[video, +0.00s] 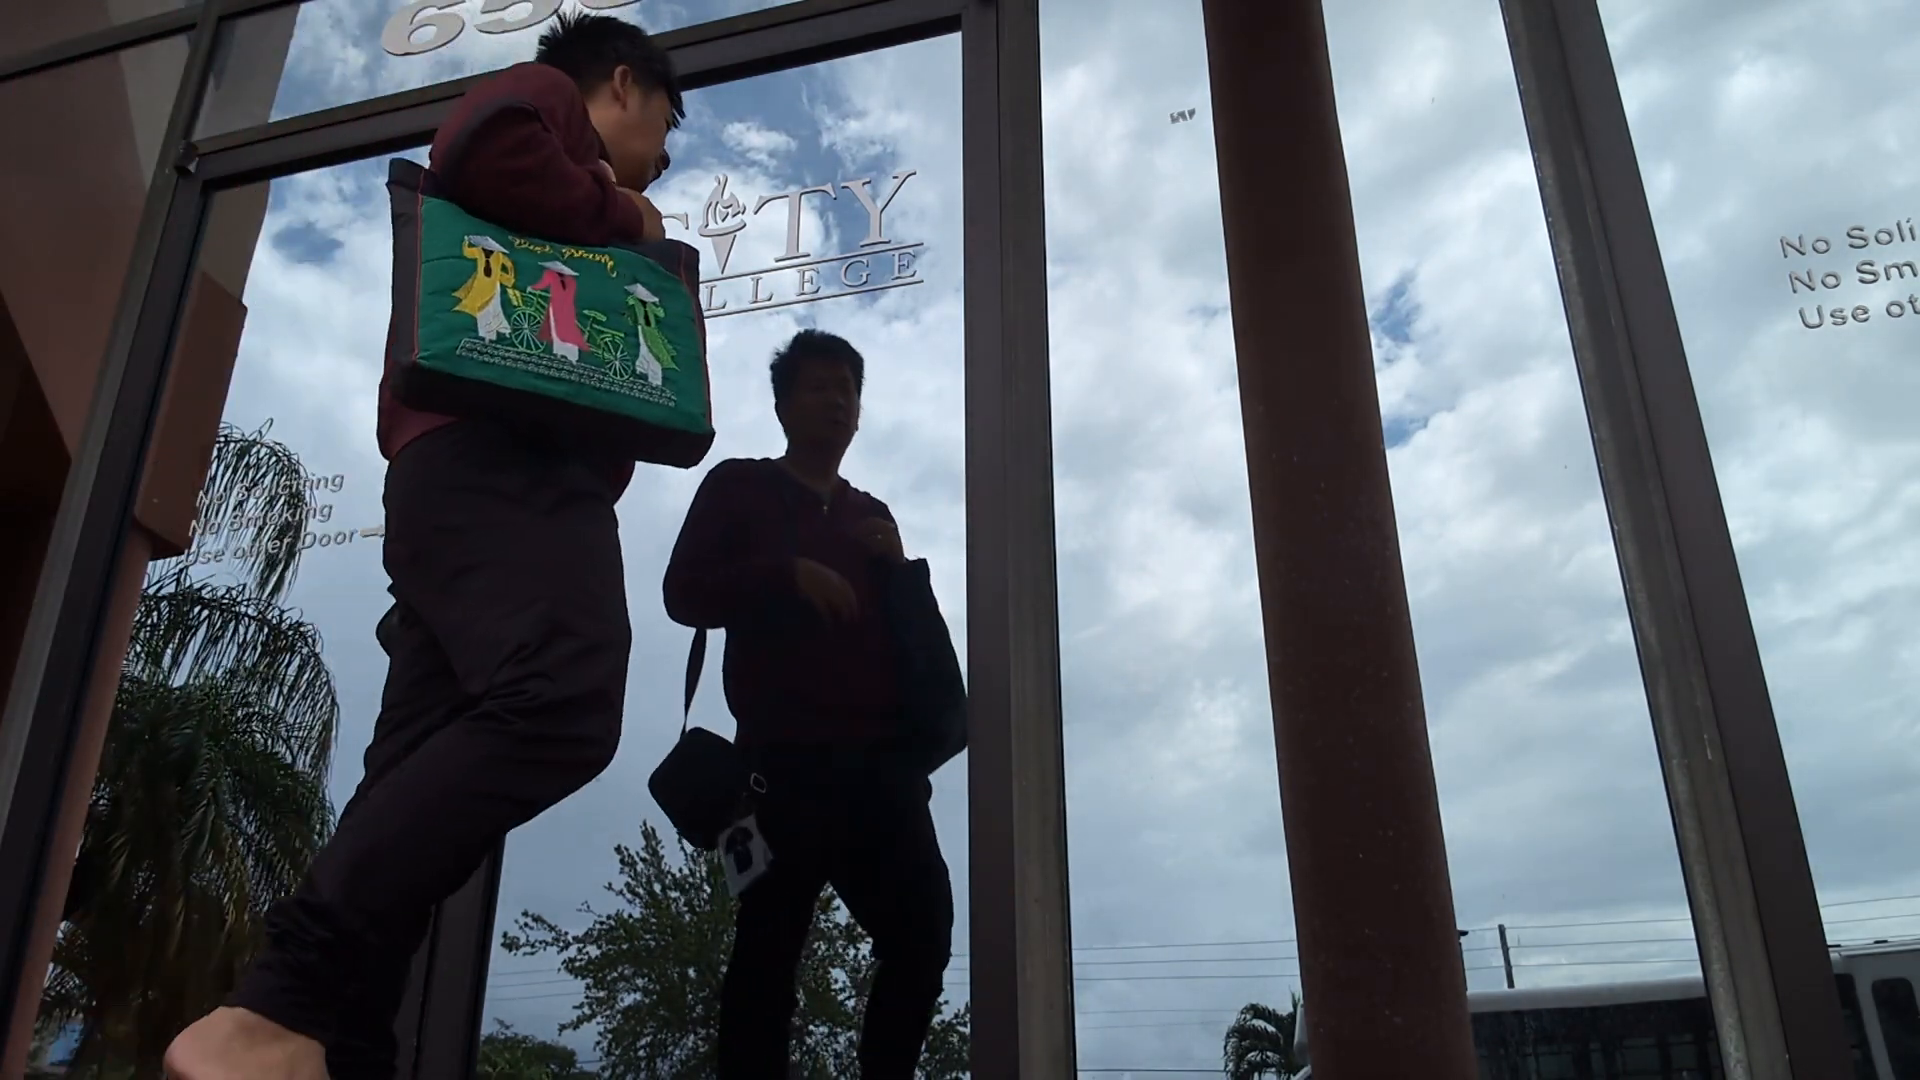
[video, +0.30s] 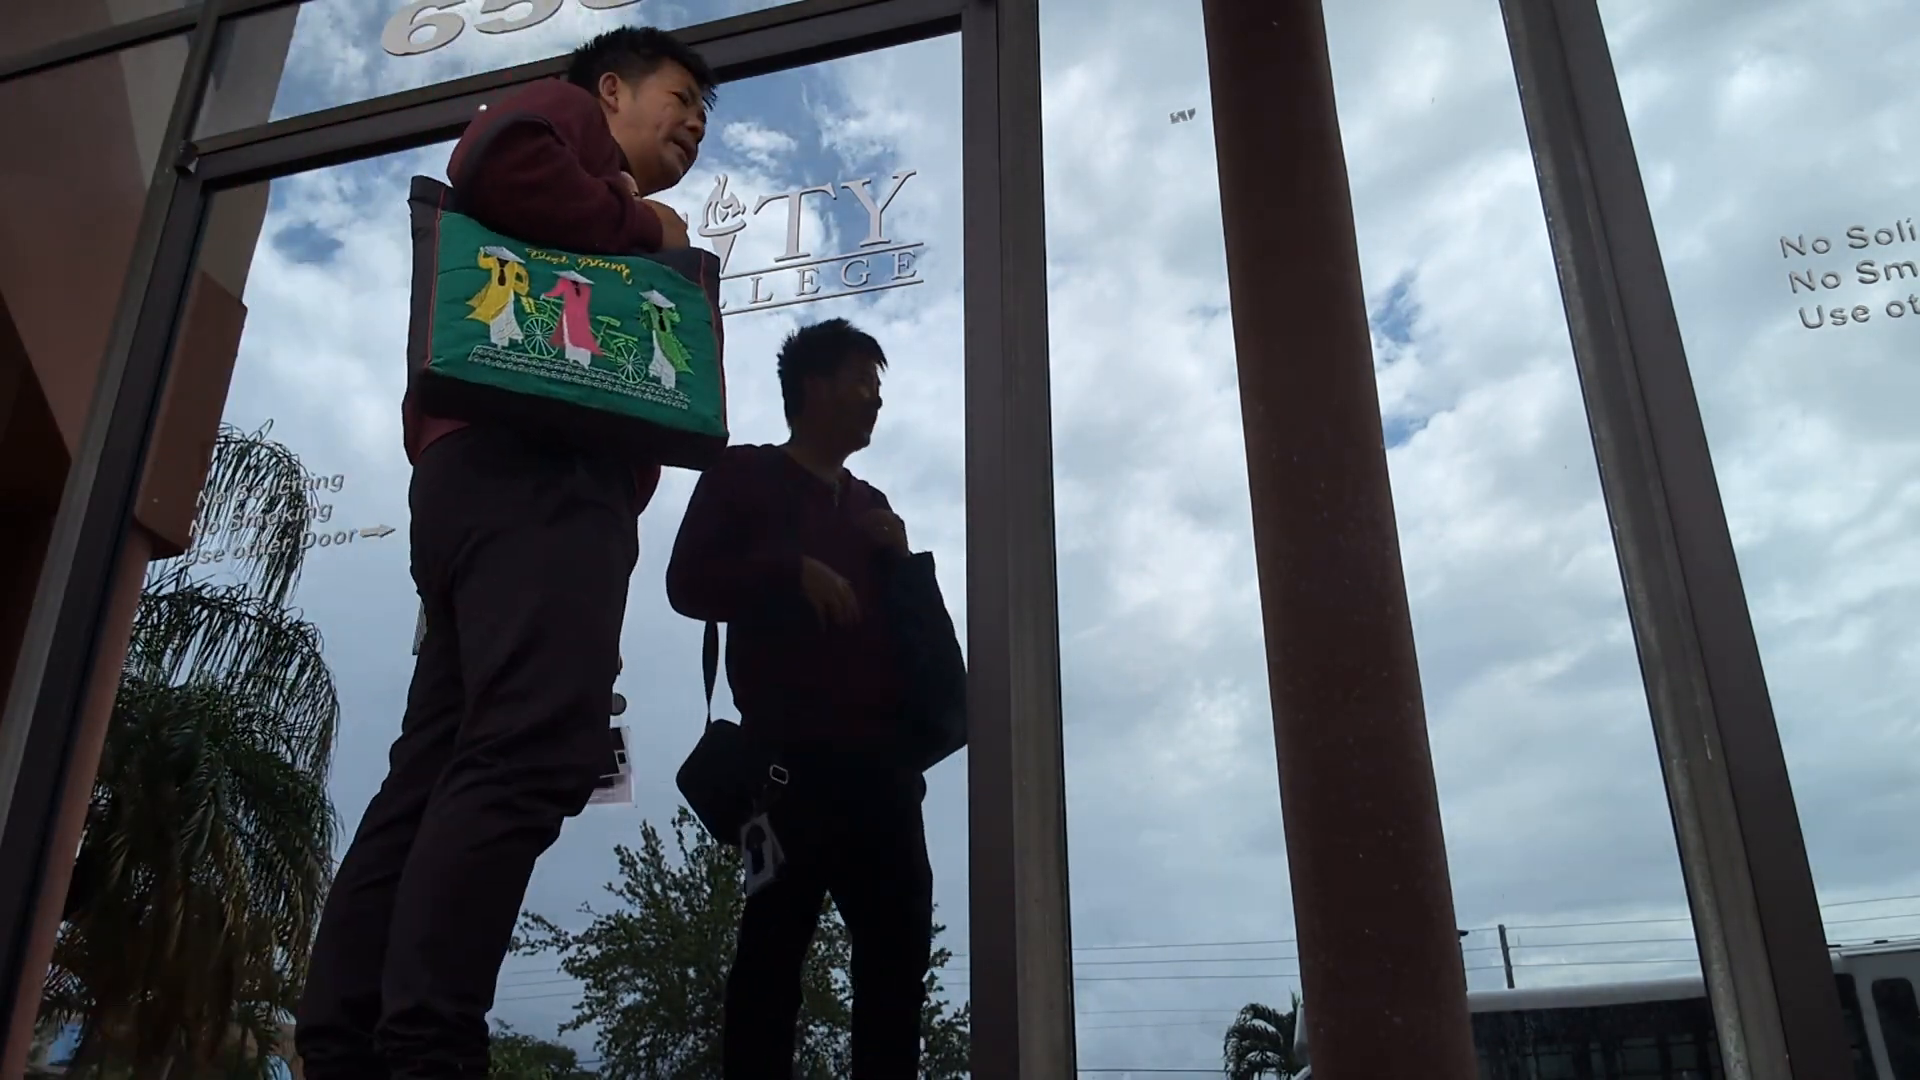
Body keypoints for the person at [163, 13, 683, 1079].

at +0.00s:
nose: (661, 159)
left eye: (669, 142)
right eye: (666, 129)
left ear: (611, 106)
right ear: (619, 86)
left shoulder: (579, 203)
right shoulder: (538, 91)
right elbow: (486, 155)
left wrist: (654, 272)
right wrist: (633, 223)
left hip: (476, 464)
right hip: (498, 452)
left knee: (417, 755)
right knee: (555, 714)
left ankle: (344, 1046)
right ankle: (270, 1020)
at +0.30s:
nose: (696, 128)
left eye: (702, 118)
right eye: (682, 103)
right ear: (613, 86)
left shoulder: (618, 216)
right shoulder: (564, 106)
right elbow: (499, 162)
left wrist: (683, 277)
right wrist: (644, 229)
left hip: (498, 472)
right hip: (533, 464)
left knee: (443, 757)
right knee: (528, 757)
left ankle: (344, 1036)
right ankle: (428, 1043)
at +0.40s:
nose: (699, 121)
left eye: (709, 113)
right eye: (684, 96)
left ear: (687, 132)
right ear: (615, 81)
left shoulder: (631, 227)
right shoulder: (571, 105)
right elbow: (501, 155)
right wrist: (648, 224)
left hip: (505, 467)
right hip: (537, 456)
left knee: (449, 753)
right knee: (531, 753)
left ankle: (346, 1035)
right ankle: (429, 1044)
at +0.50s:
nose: (697, 116)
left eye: (711, 110)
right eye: (680, 91)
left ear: (699, 133)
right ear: (614, 78)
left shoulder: (648, 227)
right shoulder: (573, 105)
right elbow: (494, 147)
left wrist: (691, 271)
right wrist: (651, 220)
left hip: (513, 465)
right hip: (538, 453)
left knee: (452, 747)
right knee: (531, 753)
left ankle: (344, 1034)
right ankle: (427, 1042)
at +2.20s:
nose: (650, 110)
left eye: (667, 103)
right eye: (632, 83)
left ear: (663, 129)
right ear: (570, 81)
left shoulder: (599, 231)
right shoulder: (526, 118)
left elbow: (599, 364)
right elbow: (464, 202)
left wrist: (639, 434)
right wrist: (518, 317)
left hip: (528, 483)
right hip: (517, 463)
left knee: (443, 762)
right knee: (530, 752)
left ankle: (338, 1043)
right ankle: (426, 1046)